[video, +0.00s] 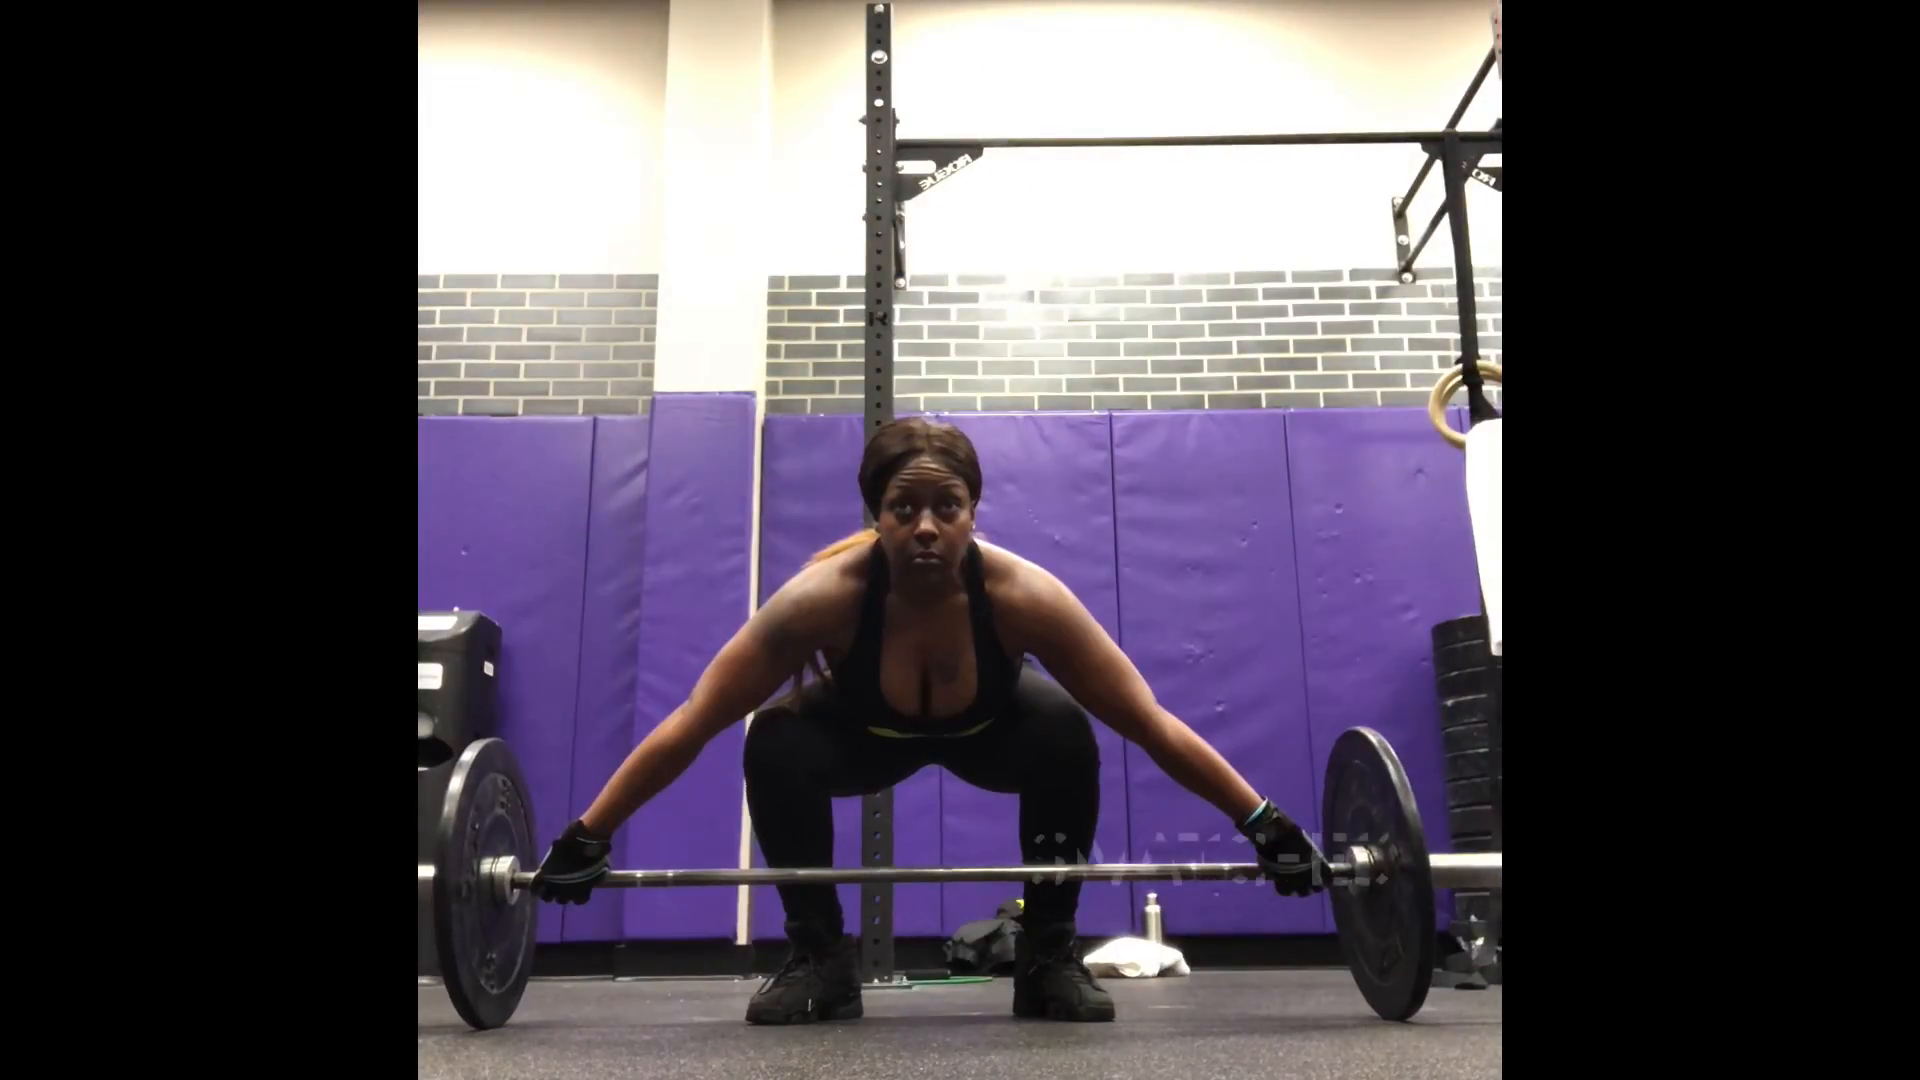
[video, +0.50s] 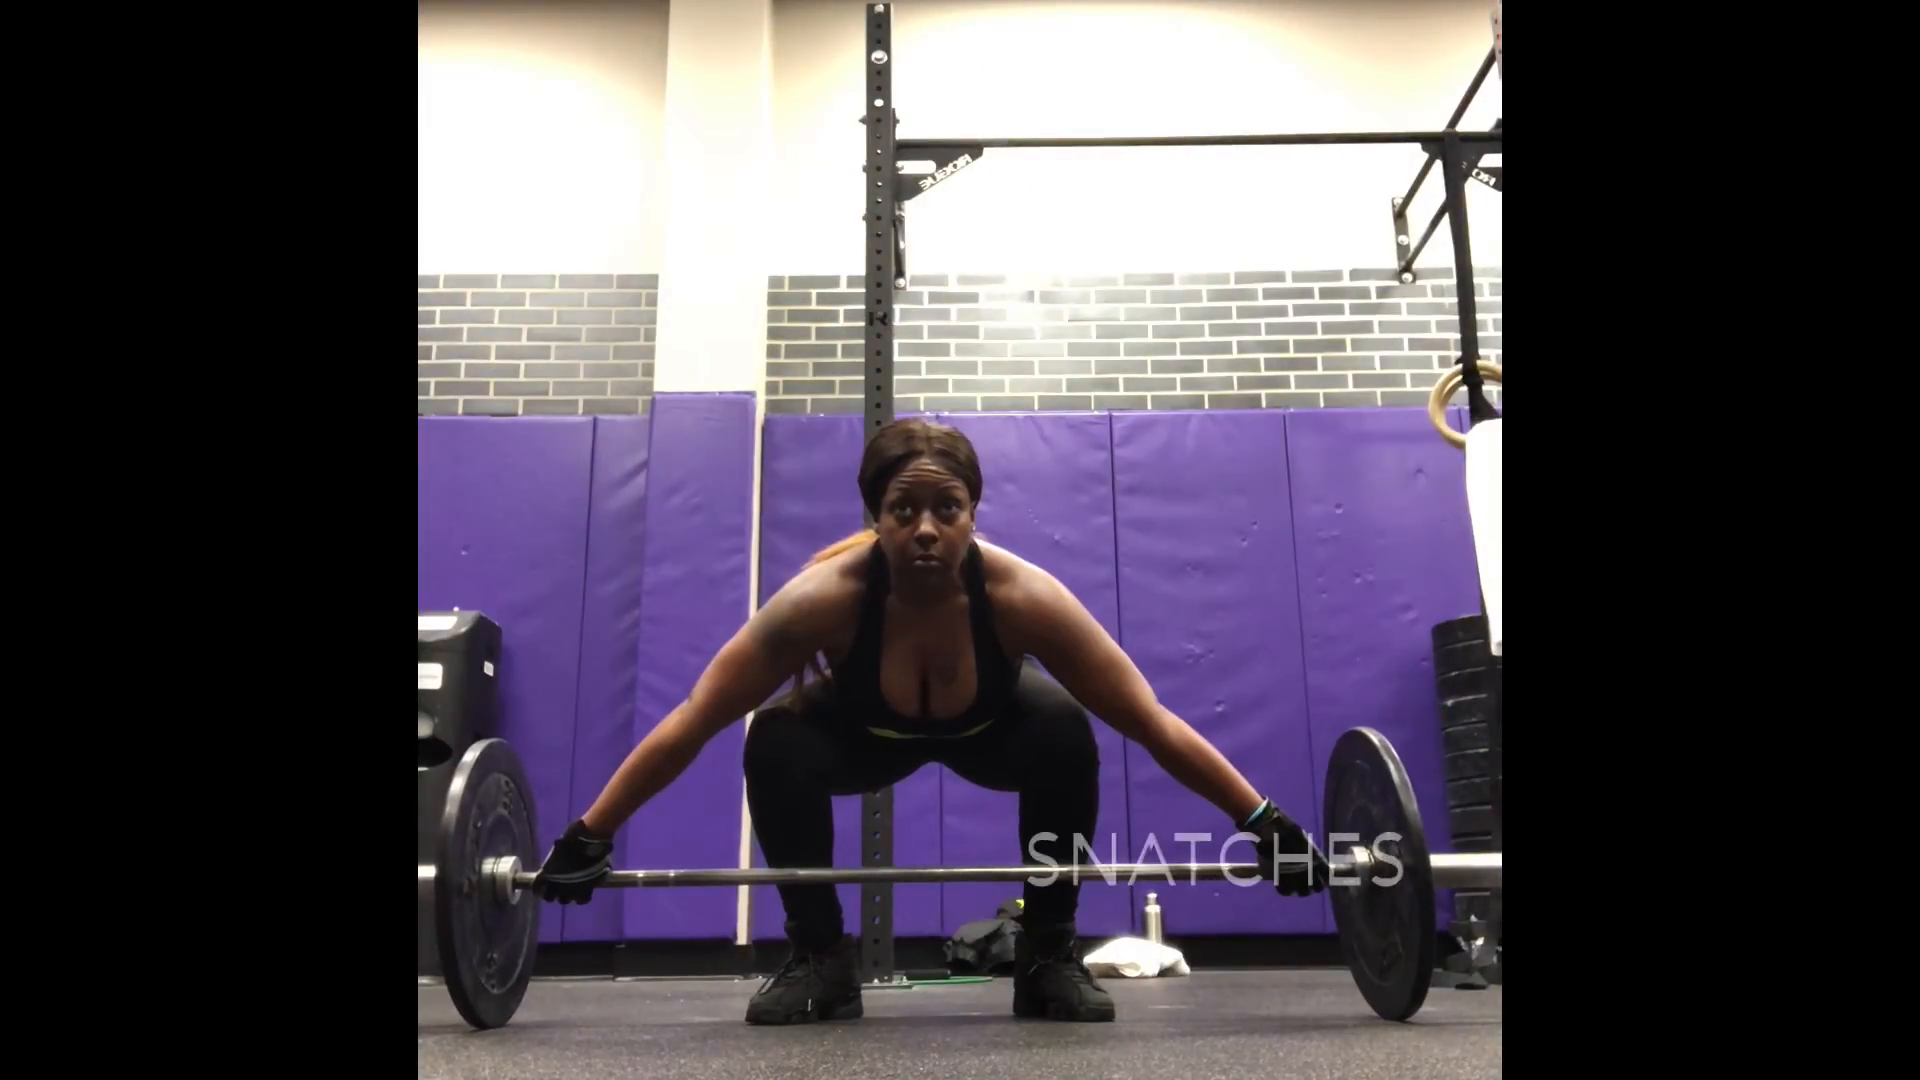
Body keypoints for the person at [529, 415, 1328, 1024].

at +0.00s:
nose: (927, 525)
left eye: (945, 505)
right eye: (907, 507)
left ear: (973, 511)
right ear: (877, 516)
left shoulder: (1025, 595)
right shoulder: (822, 595)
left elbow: (1148, 723)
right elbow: (696, 723)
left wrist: (1262, 820)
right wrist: (585, 835)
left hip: (984, 730)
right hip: (865, 734)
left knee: (1065, 734)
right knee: (776, 748)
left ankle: (1049, 962)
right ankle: (820, 962)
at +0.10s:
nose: (926, 525)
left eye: (944, 506)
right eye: (906, 508)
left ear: (973, 514)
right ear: (877, 518)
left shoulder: (1024, 596)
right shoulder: (822, 596)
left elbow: (1150, 724)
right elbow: (696, 724)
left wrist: (1263, 821)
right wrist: (586, 834)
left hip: (985, 730)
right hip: (865, 734)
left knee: (1065, 734)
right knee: (776, 747)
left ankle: (1048, 962)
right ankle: (820, 962)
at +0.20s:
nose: (926, 526)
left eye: (944, 507)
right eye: (906, 509)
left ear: (973, 514)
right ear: (876, 518)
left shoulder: (1024, 596)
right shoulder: (822, 597)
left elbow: (1151, 725)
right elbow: (697, 722)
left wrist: (1263, 821)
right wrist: (586, 834)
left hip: (985, 729)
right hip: (866, 733)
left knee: (1065, 735)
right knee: (777, 746)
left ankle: (1049, 962)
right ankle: (820, 961)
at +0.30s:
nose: (927, 526)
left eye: (945, 507)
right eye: (907, 509)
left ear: (973, 514)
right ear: (876, 519)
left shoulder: (1024, 596)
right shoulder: (822, 597)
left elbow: (1152, 725)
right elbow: (698, 722)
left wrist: (1264, 821)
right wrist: (588, 834)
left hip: (985, 730)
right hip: (866, 733)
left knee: (1065, 735)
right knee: (777, 746)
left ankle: (1048, 962)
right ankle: (819, 962)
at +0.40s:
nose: (927, 526)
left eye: (945, 507)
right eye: (907, 508)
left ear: (973, 514)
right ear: (877, 518)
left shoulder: (1024, 596)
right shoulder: (823, 597)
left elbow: (1153, 725)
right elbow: (697, 722)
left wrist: (1264, 820)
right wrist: (588, 834)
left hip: (985, 730)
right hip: (866, 733)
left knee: (1065, 736)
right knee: (777, 746)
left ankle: (1048, 963)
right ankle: (820, 962)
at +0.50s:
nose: (927, 526)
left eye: (945, 507)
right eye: (907, 509)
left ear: (973, 514)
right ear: (877, 518)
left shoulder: (1023, 596)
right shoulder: (823, 596)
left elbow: (1152, 725)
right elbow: (696, 721)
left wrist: (1263, 820)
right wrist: (588, 834)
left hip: (985, 730)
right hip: (867, 733)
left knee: (1065, 734)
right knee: (777, 745)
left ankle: (1049, 963)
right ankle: (820, 961)